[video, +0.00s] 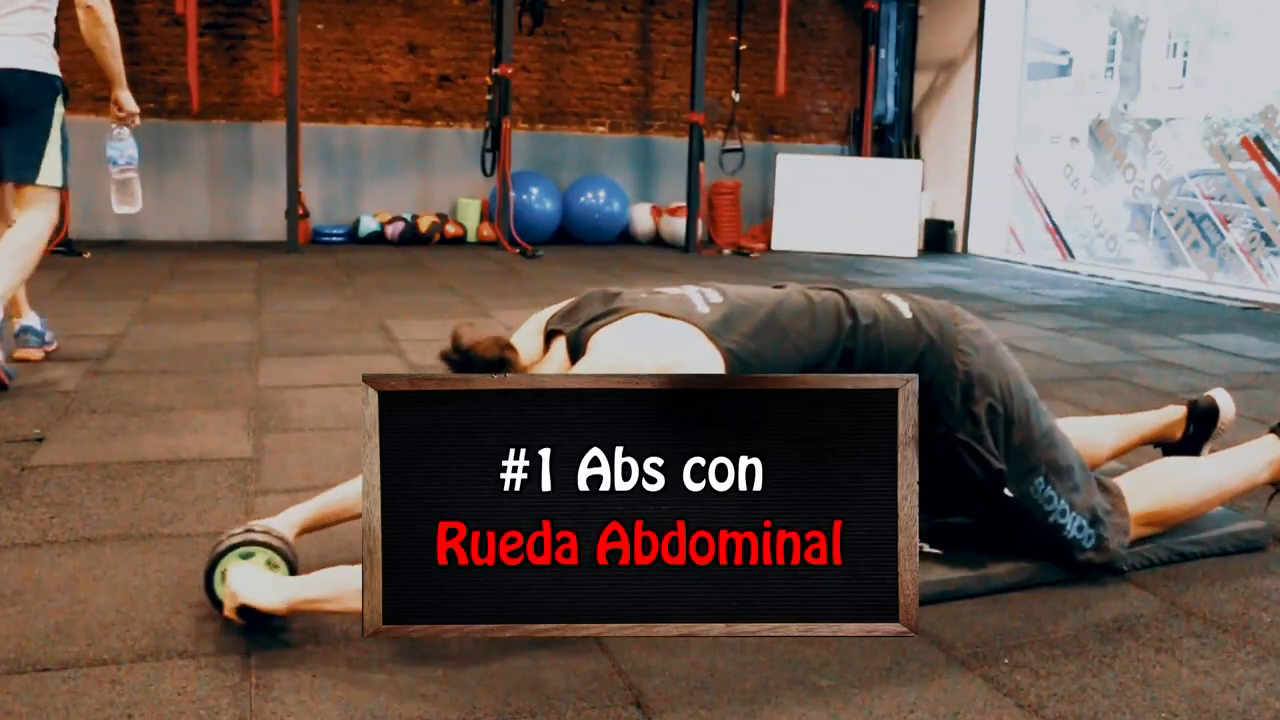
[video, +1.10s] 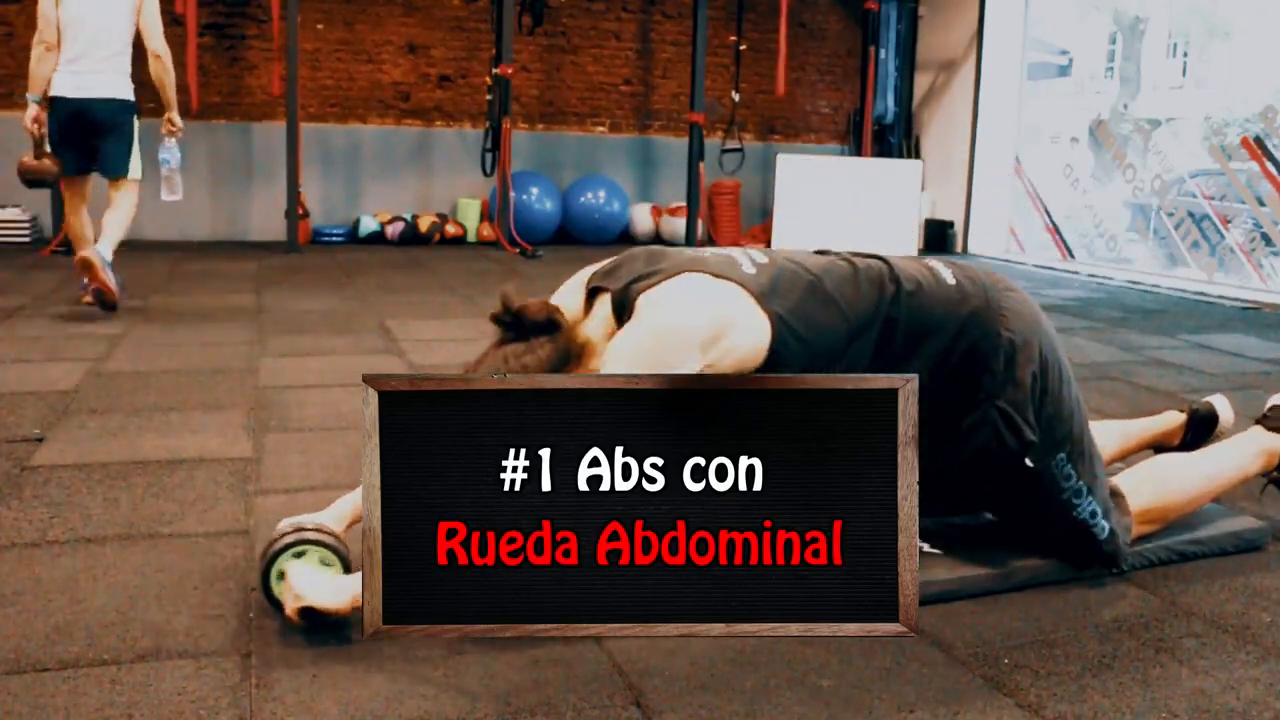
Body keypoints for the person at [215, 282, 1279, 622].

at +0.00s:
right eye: (507, 353)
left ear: (509, 371)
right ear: (504, 359)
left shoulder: (630, 369)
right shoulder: (552, 350)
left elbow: (497, 535)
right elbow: (429, 458)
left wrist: (316, 591)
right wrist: (300, 519)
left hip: (919, 351)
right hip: (874, 357)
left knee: (1093, 521)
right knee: (1018, 484)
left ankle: (1263, 460)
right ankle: (1175, 417)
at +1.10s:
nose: (562, 400)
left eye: (551, 382)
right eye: (539, 380)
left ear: (564, 345)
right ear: (550, 330)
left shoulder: (667, 319)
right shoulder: (591, 306)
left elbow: (544, 458)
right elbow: (482, 422)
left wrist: (377, 555)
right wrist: (344, 514)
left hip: (978, 331)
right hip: (925, 331)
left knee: (1100, 537)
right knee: (978, 519)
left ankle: (1259, 450)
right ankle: (1174, 428)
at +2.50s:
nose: (779, 247)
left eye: (782, 224)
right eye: (766, 232)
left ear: (829, 176)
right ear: (825, 173)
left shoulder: (950, 172)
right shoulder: (821, 199)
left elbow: (901, 364)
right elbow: (776, 329)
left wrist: (801, 515)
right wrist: (729, 475)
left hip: (1136, 322)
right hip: (1030, 341)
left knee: (1096, 529)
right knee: (990, 500)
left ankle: (1270, 460)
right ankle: (1169, 423)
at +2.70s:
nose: (755, 239)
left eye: (762, 214)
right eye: (742, 223)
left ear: (812, 164)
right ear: (807, 163)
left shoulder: (929, 172)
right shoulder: (803, 203)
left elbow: (888, 367)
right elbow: (767, 333)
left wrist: (797, 516)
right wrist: (727, 478)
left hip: (1124, 314)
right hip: (1021, 334)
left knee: (1095, 528)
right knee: (992, 493)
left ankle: (1270, 462)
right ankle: (1165, 425)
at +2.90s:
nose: (756, 227)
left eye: (757, 194)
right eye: (731, 217)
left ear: (800, 152)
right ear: (722, 219)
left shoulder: (905, 178)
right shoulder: (789, 213)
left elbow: (861, 373)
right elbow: (745, 341)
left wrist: (762, 521)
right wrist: (699, 478)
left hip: (1114, 308)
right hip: (1013, 334)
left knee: (1096, 525)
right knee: (998, 486)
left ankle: (1270, 462)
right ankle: (1170, 428)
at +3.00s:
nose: (745, 231)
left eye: (744, 198)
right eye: (721, 225)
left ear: (785, 156)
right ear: (713, 229)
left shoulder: (889, 183)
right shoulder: (778, 222)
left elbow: (839, 381)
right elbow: (728, 350)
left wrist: (737, 522)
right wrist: (678, 480)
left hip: (1109, 301)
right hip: (1011, 330)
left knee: (1097, 522)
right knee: (995, 482)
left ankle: (1269, 462)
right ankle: (1173, 425)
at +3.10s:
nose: (726, 238)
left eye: (726, 206)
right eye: (704, 232)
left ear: (762, 159)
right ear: (695, 233)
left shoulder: (870, 190)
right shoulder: (761, 223)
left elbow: (819, 388)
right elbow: (711, 347)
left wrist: (704, 531)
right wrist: (648, 482)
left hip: (1100, 303)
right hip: (1002, 333)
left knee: (1101, 523)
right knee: (995, 485)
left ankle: (1269, 462)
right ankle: (1175, 424)